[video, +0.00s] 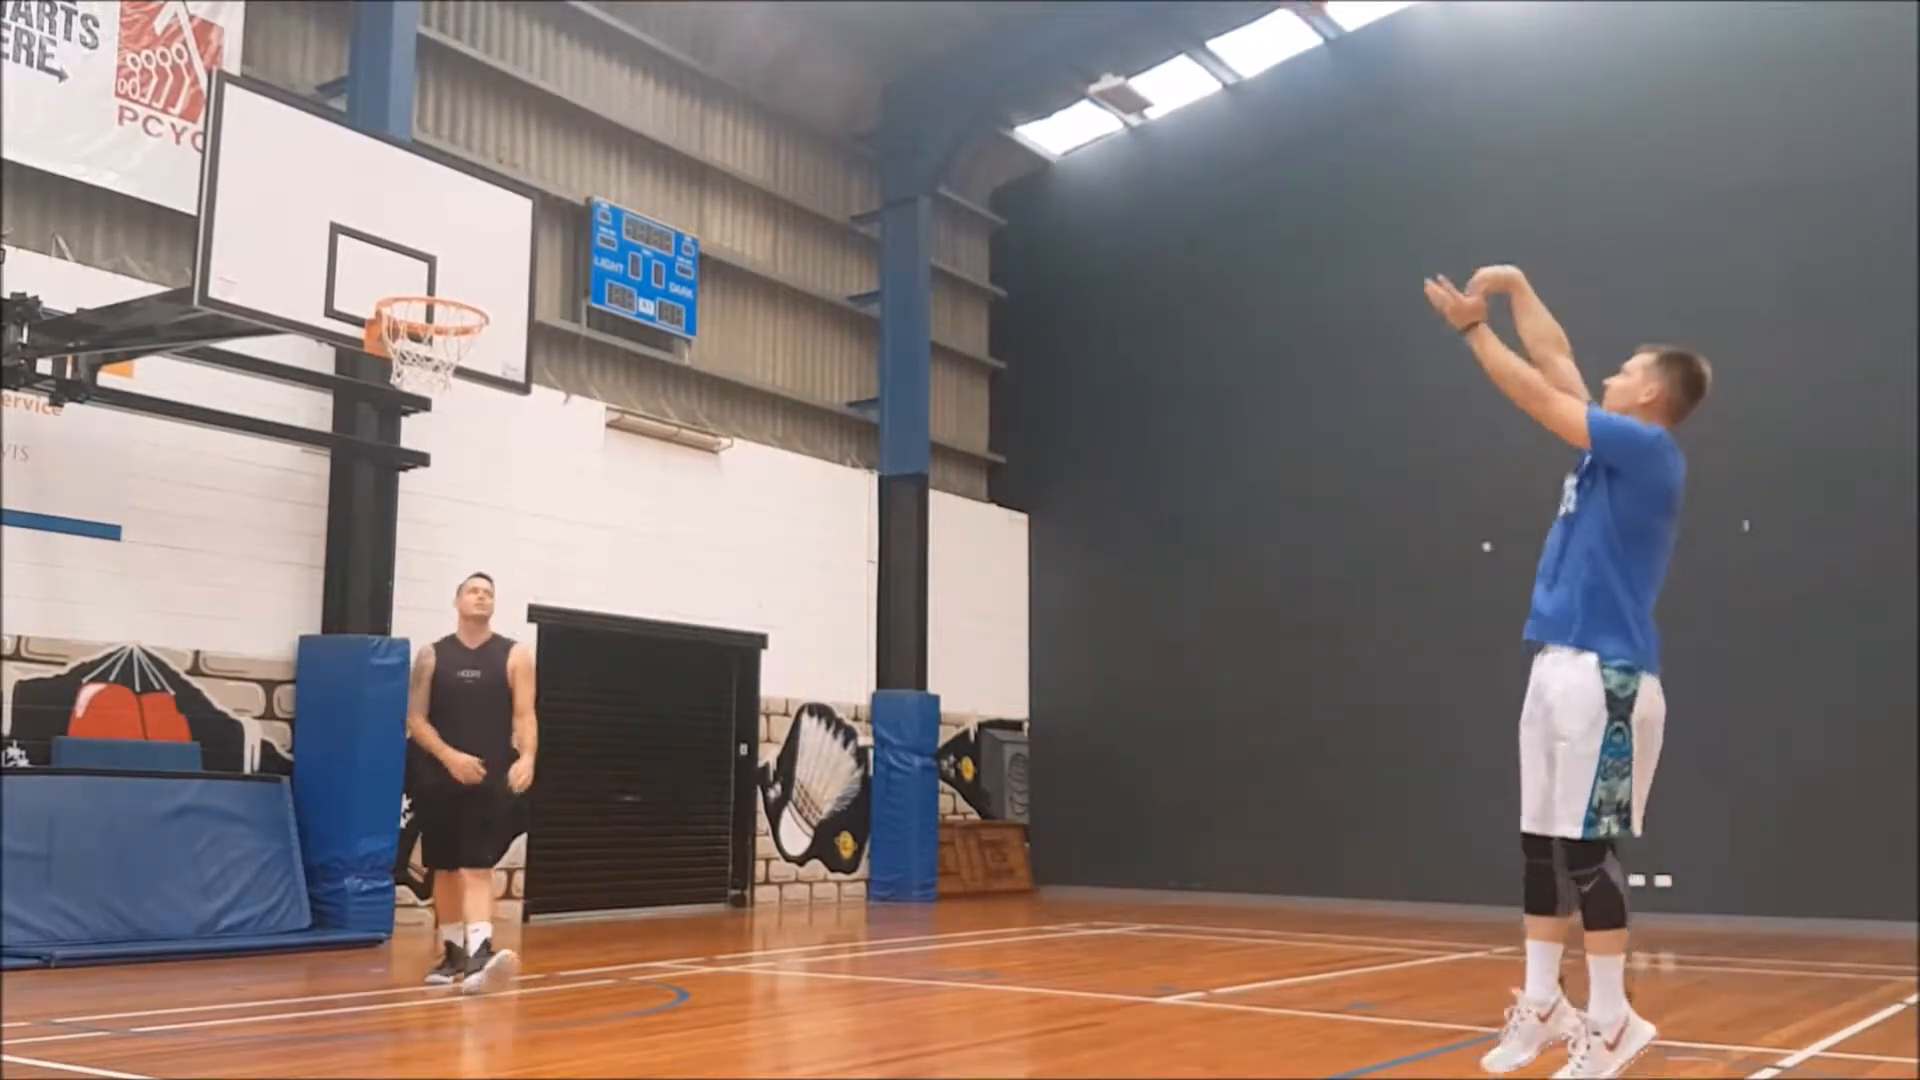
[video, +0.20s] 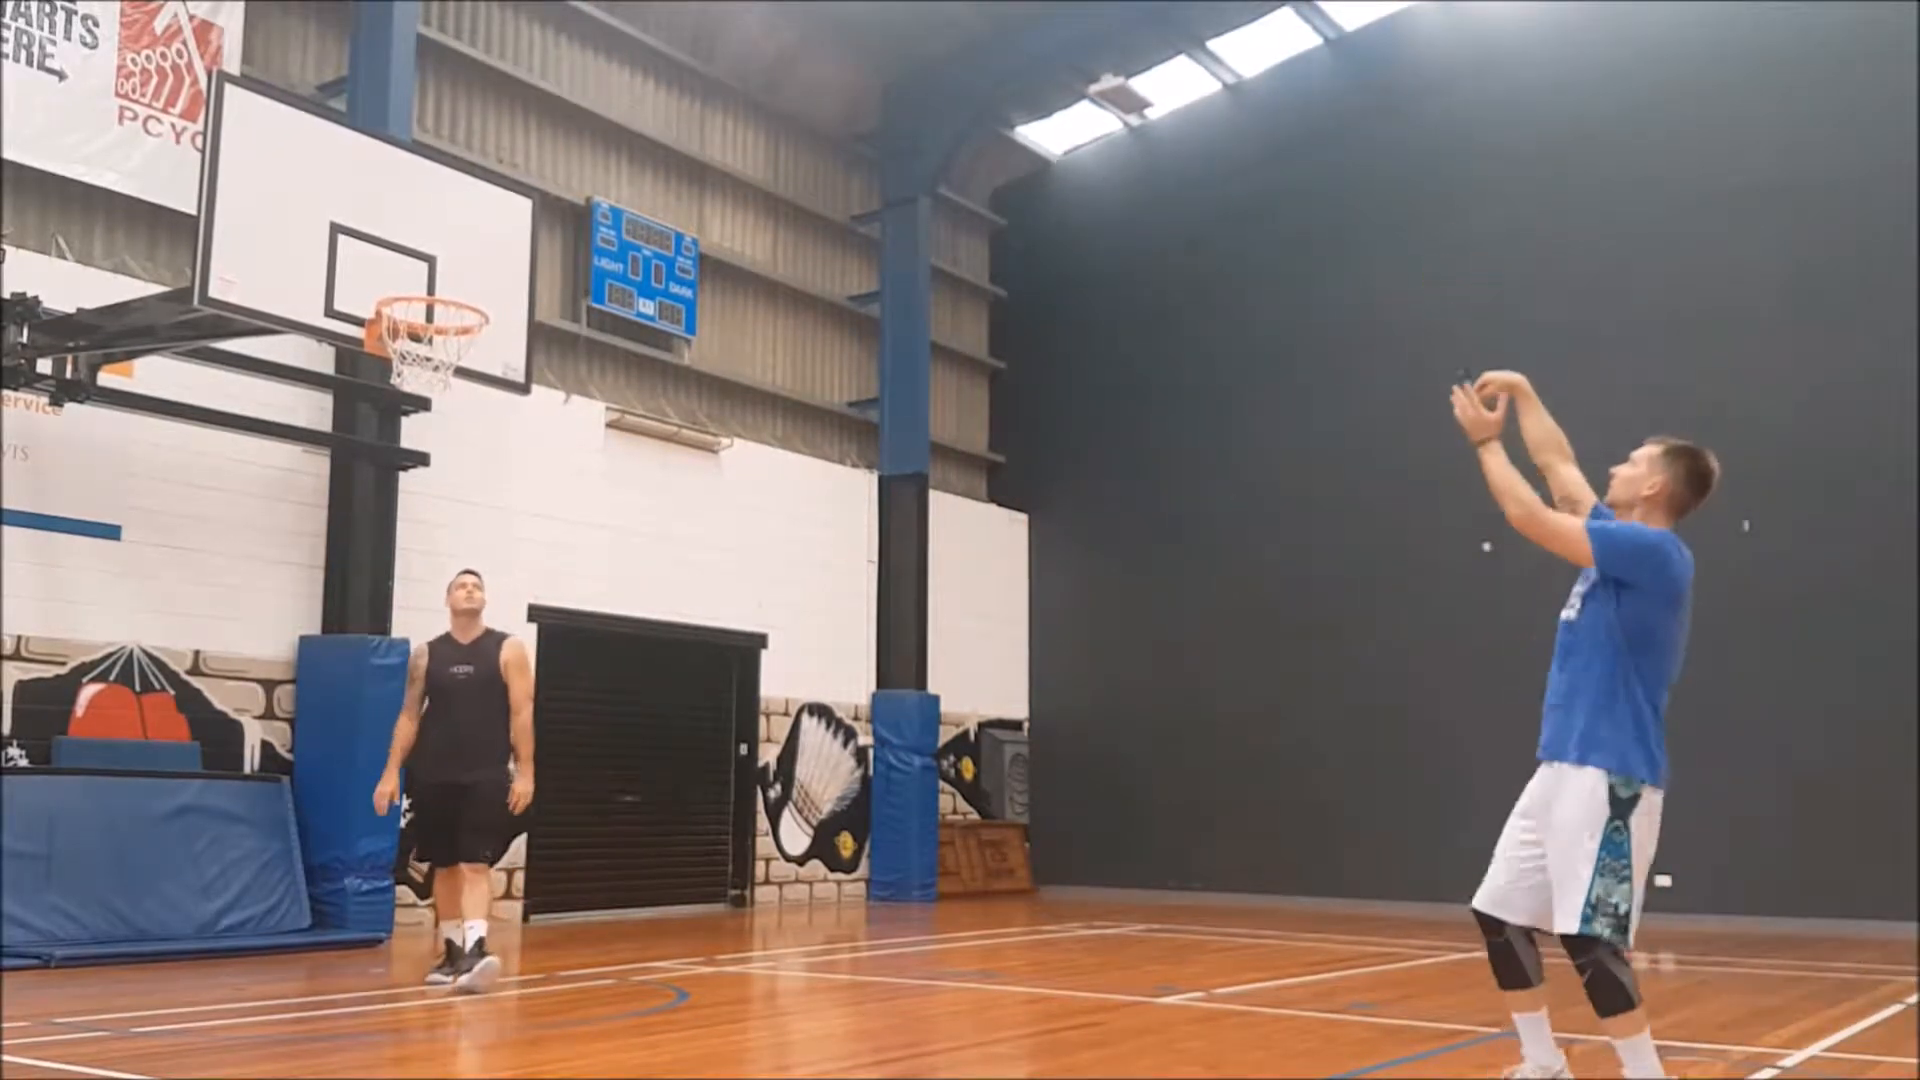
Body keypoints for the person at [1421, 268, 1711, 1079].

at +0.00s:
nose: (1615, 371)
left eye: (1630, 366)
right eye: (1625, 364)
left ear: (1654, 390)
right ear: (1645, 390)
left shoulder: (1646, 447)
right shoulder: (1614, 439)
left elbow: (1542, 400)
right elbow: (1556, 360)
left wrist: (1473, 329)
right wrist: (1517, 284)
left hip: (1606, 678)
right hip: (1556, 669)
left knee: (1586, 850)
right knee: (1540, 844)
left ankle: (1612, 1018)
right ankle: (1541, 1003)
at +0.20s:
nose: (1613, 469)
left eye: (1629, 462)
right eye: (1625, 460)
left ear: (1655, 485)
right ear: (1653, 489)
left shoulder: (1656, 555)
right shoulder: (1617, 543)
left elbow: (1528, 519)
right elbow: (1558, 465)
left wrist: (1486, 441)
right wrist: (1524, 391)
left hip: (1612, 777)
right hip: (1560, 768)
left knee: (1588, 936)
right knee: (1500, 914)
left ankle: (1647, 1070)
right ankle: (1541, 1063)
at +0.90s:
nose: (1639, 451)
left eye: (1653, 443)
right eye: (1647, 441)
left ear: (1681, 465)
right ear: (1677, 467)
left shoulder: (1685, 548)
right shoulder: (1644, 527)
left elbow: (1690, 665)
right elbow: (1586, 483)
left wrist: (1689, 772)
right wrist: (1536, 428)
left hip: (1669, 771)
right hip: (1625, 760)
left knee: (1650, 919)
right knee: (1595, 905)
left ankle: (1659, 1067)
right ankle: (1646, 1050)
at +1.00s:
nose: (1650, 450)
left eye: (1664, 444)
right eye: (1659, 442)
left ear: (1692, 469)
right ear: (1689, 472)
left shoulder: (1698, 546)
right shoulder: (1657, 531)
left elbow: (1727, 660)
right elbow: (1591, 487)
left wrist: (1738, 767)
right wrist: (1540, 432)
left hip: (1682, 771)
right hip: (1647, 763)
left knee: (1657, 924)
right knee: (1644, 918)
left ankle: (1654, 1071)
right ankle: (1748, 1055)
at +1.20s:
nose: (1678, 457)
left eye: (1692, 450)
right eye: (1686, 448)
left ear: (1721, 473)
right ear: (1718, 477)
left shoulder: (1731, 547)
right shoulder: (1689, 545)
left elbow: (1758, 660)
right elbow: (1615, 535)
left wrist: (1753, 767)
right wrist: (1571, 469)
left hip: (1707, 770)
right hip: (1704, 765)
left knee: (1677, 924)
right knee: (1743, 924)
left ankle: (1657, 1069)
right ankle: (1804, 1065)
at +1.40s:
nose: (1702, 470)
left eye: (1714, 461)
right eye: (1709, 460)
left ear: (1746, 478)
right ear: (1751, 482)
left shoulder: (1757, 547)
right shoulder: (1752, 553)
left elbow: (1762, 660)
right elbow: (1681, 643)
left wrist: (1714, 757)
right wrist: (1608, 589)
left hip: (1769, 769)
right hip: (1786, 769)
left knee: (1711, 913)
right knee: (1772, 921)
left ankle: (1687, 1070)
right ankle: (1809, 1068)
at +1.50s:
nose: (1717, 472)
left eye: (1728, 461)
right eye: (1722, 461)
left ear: (1762, 474)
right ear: (1767, 478)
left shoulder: (1771, 544)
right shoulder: (1792, 543)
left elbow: (1773, 654)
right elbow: (1744, 670)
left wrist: (1710, 741)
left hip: (1792, 759)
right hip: (1818, 759)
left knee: (1725, 904)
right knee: (1788, 918)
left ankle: (1772, 1066)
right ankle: (1810, 1065)